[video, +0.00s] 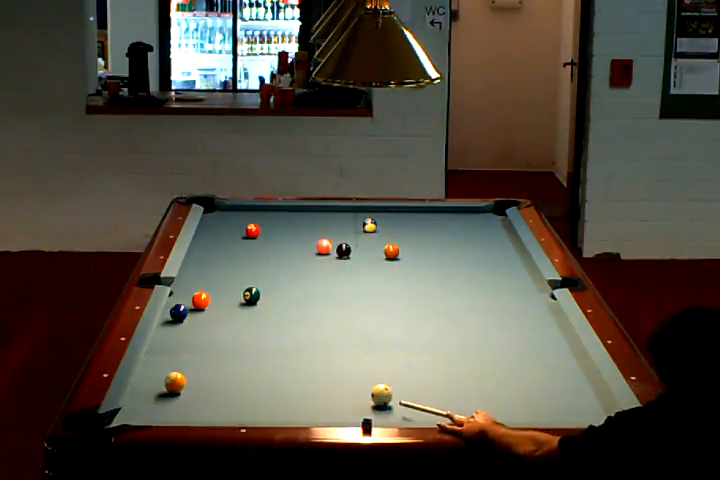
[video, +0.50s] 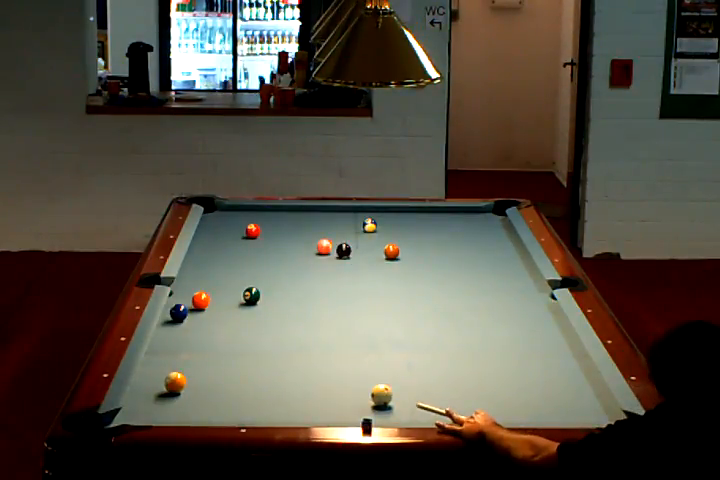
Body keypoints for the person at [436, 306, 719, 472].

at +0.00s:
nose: (652, 368)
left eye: (657, 361)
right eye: (657, 360)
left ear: (666, 369)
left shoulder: (640, 423)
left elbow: (545, 450)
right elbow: (552, 448)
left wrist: (488, 430)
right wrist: (490, 431)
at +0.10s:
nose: (652, 371)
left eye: (657, 364)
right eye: (657, 362)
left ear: (665, 372)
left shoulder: (638, 427)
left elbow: (545, 452)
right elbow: (549, 450)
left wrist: (488, 429)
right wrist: (490, 430)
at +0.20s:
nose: (650, 373)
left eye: (656, 367)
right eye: (656, 365)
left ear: (664, 376)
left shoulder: (637, 431)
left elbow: (545, 453)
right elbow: (548, 452)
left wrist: (487, 430)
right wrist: (489, 430)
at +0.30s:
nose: (650, 373)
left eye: (656, 368)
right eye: (654, 366)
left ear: (667, 378)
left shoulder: (639, 431)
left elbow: (544, 454)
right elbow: (548, 453)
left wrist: (485, 430)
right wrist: (488, 431)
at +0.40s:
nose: (649, 374)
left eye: (656, 369)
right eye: (654, 366)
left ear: (666, 379)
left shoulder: (638, 432)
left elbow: (542, 455)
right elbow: (546, 454)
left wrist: (485, 430)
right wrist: (488, 430)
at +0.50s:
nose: (647, 374)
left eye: (653, 369)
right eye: (651, 367)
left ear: (664, 381)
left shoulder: (638, 433)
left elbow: (542, 454)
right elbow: (545, 454)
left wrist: (485, 430)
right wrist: (488, 431)